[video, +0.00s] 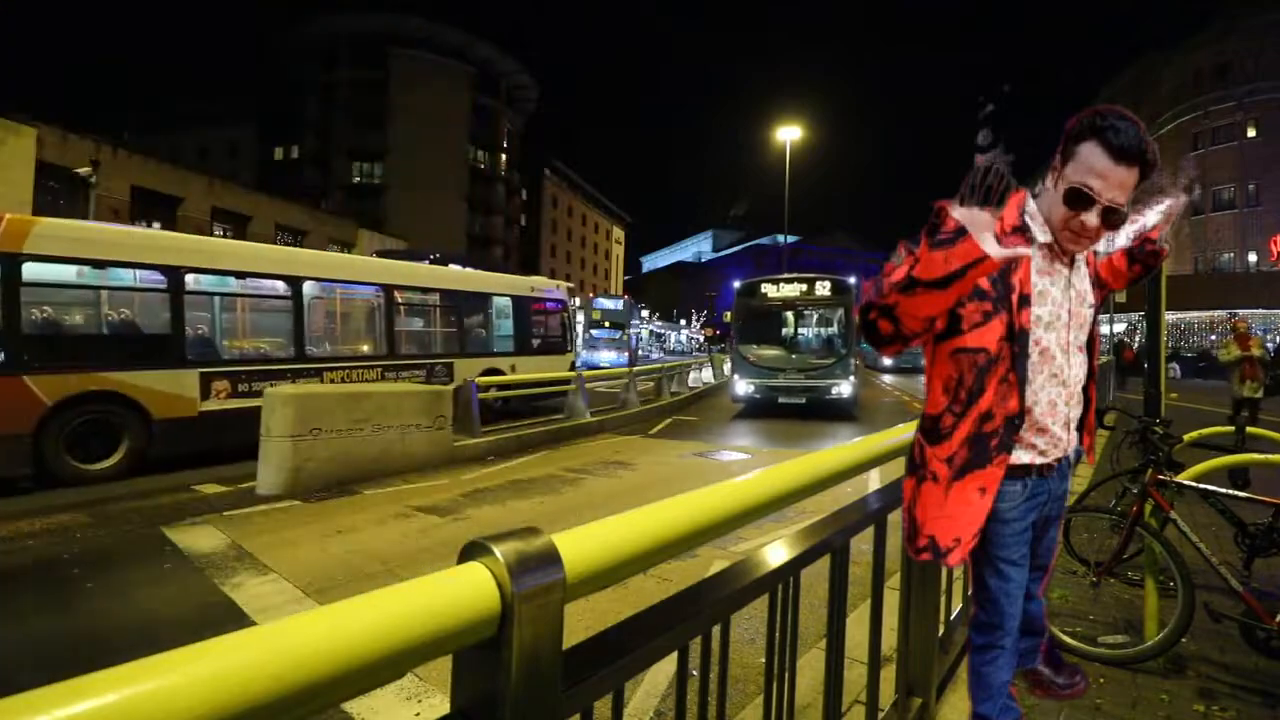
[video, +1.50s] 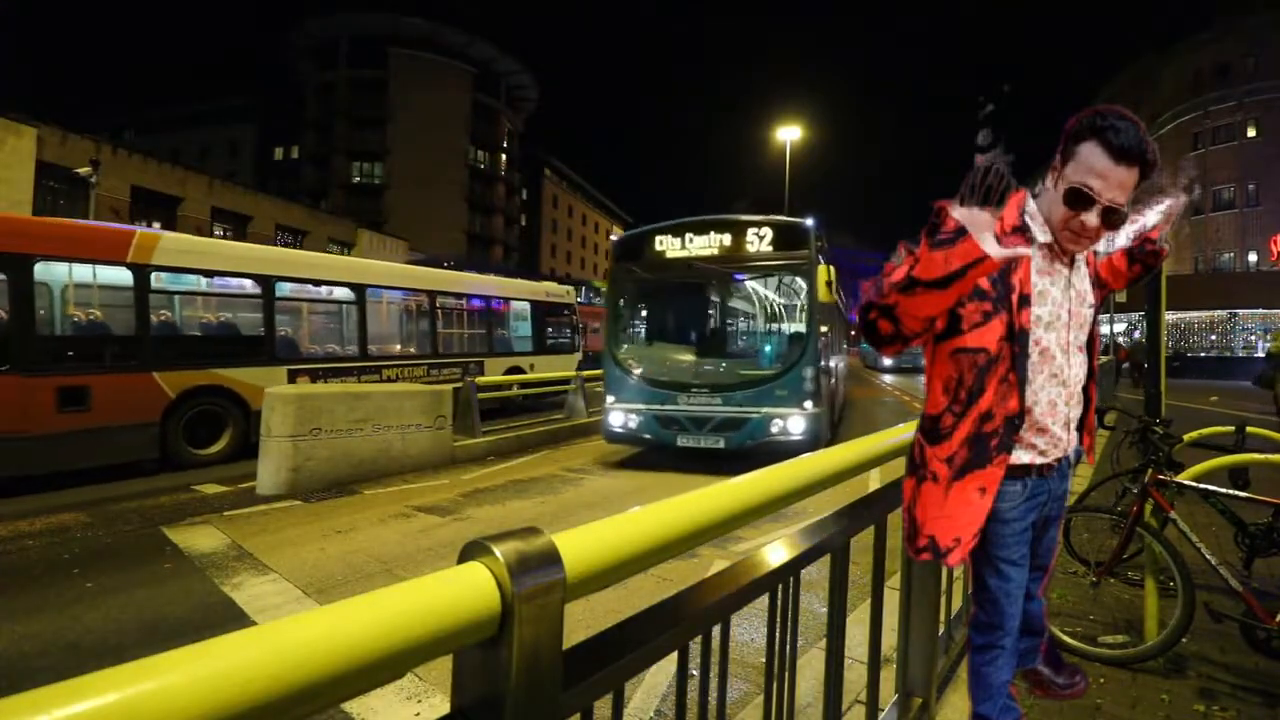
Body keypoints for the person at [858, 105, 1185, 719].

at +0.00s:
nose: (1089, 222)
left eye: (1110, 212)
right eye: (1079, 198)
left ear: (1123, 211)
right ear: (1051, 171)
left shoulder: (1084, 264)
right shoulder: (985, 242)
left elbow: (1112, 272)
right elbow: (882, 328)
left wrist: (1151, 241)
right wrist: (962, 246)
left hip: (1057, 467)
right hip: (1000, 475)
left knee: (1035, 581)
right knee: (1000, 612)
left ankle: (1027, 659)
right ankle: (993, 709)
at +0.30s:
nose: (1089, 222)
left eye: (1110, 212)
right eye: (1079, 198)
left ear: (1123, 212)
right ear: (1052, 172)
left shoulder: (1083, 264)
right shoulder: (985, 243)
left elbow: (1108, 274)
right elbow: (882, 328)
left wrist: (1151, 241)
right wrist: (961, 245)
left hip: (1058, 467)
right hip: (1000, 476)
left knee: (1034, 581)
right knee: (999, 614)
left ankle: (1028, 658)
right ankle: (994, 709)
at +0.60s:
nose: (1089, 222)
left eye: (1110, 212)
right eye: (1079, 198)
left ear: (1123, 212)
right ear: (1052, 172)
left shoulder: (1083, 264)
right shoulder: (986, 243)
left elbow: (1108, 275)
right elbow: (882, 328)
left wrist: (1150, 241)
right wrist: (961, 245)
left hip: (1057, 467)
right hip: (1000, 476)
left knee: (1034, 582)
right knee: (1000, 613)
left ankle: (1028, 659)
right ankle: (994, 710)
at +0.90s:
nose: (1089, 222)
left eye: (1109, 211)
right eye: (1079, 198)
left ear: (1123, 211)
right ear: (1052, 172)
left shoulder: (1085, 264)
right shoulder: (985, 242)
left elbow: (1117, 270)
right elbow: (882, 327)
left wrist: (1153, 240)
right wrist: (961, 245)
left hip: (1057, 467)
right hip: (1000, 475)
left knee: (1034, 582)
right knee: (1000, 612)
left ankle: (1027, 660)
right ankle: (994, 710)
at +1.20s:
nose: (1089, 222)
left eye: (1110, 212)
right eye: (1079, 198)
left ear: (1123, 211)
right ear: (1052, 172)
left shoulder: (1084, 264)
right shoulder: (985, 242)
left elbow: (1111, 273)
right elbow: (883, 327)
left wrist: (1151, 241)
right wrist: (962, 244)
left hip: (1057, 467)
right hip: (1000, 475)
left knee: (1034, 582)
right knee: (1000, 611)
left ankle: (1028, 659)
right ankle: (993, 709)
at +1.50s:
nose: (1089, 222)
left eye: (1110, 211)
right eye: (1079, 198)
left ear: (1123, 211)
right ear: (1052, 172)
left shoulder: (1085, 264)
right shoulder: (985, 242)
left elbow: (1115, 271)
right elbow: (883, 328)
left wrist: (1152, 240)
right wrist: (962, 245)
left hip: (1057, 467)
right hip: (1000, 475)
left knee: (1034, 582)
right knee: (1000, 611)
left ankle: (1027, 659)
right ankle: (994, 709)